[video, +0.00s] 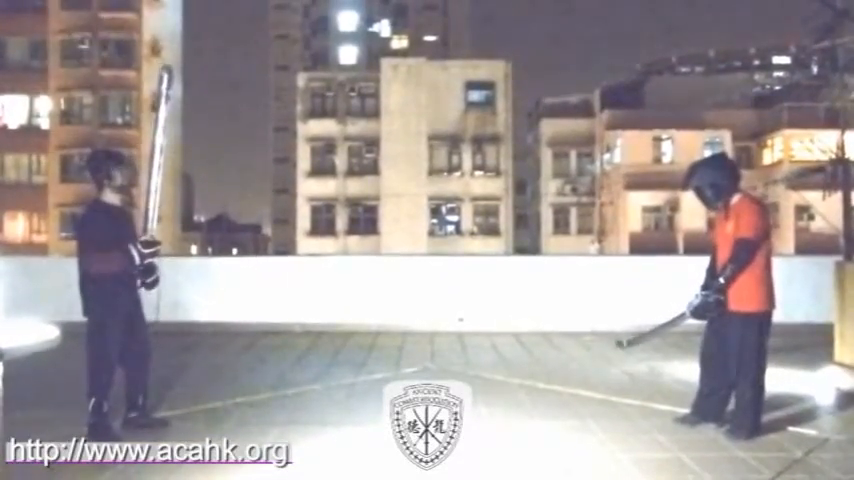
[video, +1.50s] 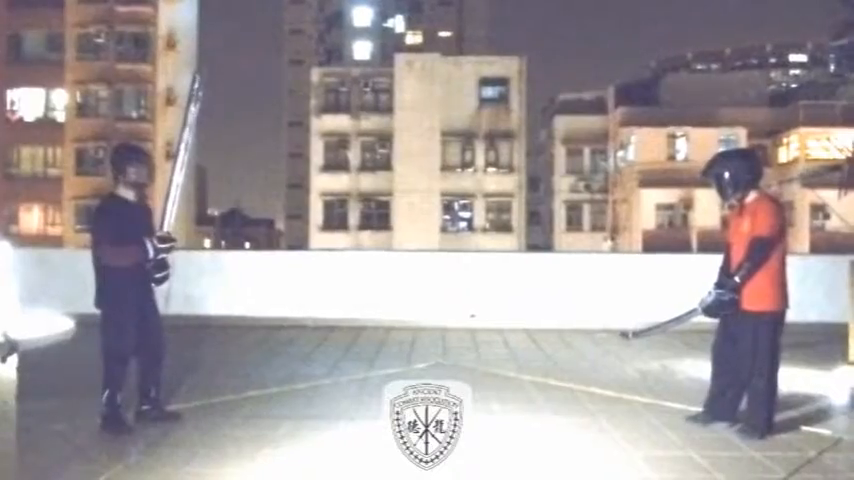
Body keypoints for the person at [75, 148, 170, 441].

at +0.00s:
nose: (131, 177)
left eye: (130, 171)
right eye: (125, 171)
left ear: (112, 176)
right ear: (108, 175)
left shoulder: (123, 214)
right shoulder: (94, 217)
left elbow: (124, 255)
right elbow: (93, 265)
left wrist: (143, 260)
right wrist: (131, 258)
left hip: (126, 294)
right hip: (102, 297)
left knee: (137, 349)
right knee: (104, 354)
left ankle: (136, 411)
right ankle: (98, 417)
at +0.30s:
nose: (130, 175)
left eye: (128, 170)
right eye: (125, 169)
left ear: (110, 174)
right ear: (110, 173)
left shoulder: (123, 211)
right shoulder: (97, 215)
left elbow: (124, 250)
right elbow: (97, 261)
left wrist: (144, 250)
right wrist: (138, 264)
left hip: (126, 292)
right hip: (104, 294)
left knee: (138, 347)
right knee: (106, 352)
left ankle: (137, 408)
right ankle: (98, 416)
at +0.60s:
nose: (137, 174)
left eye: (136, 169)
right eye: (131, 169)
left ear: (118, 174)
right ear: (116, 173)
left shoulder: (127, 212)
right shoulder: (102, 214)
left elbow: (129, 252)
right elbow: (104, 260)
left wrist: (150, 262)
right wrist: (143, 259)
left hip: (131, 292)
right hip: (109, 295)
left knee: (143, 347)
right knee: (111, 352)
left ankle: (142, 407)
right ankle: (103, 414)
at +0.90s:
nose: (150, 180)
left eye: (149, 175)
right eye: (145, 175)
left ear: (131, 178)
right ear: (129, 177)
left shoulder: (139, 217)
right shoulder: (115, 218)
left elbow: (143, 254)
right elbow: (118, 263)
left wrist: (162, 266)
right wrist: (157, 265)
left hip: (145, 298)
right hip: (123, 300)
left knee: (157, 349)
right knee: (125, 354)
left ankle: (156, 408)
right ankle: (119, 414)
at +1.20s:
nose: (155, 176)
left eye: (154, 171)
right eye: (149, 170)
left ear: (140, 175)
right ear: (133, 173)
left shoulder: (145, 211)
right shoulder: (116, 213)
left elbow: (145, 252)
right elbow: (117, 259)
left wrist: (163, 264)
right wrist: (158, 255)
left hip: (147, 293)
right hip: (123, 296)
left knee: (159, 346)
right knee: (125, 352)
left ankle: (157, 405)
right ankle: (118, 410)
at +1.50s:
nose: (144, 172)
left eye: (146, 166)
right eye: (138, 166)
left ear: (146, 171)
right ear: (122, 170)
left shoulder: (143, 210)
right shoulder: (107, 210)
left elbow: (144, 249)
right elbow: (107, 255)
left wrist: (159, 254)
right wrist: (147, 250)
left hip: (141, 288)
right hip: (115, 291)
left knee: (152, 343)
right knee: (118, 347)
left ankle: (149, 402)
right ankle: (111, 407)